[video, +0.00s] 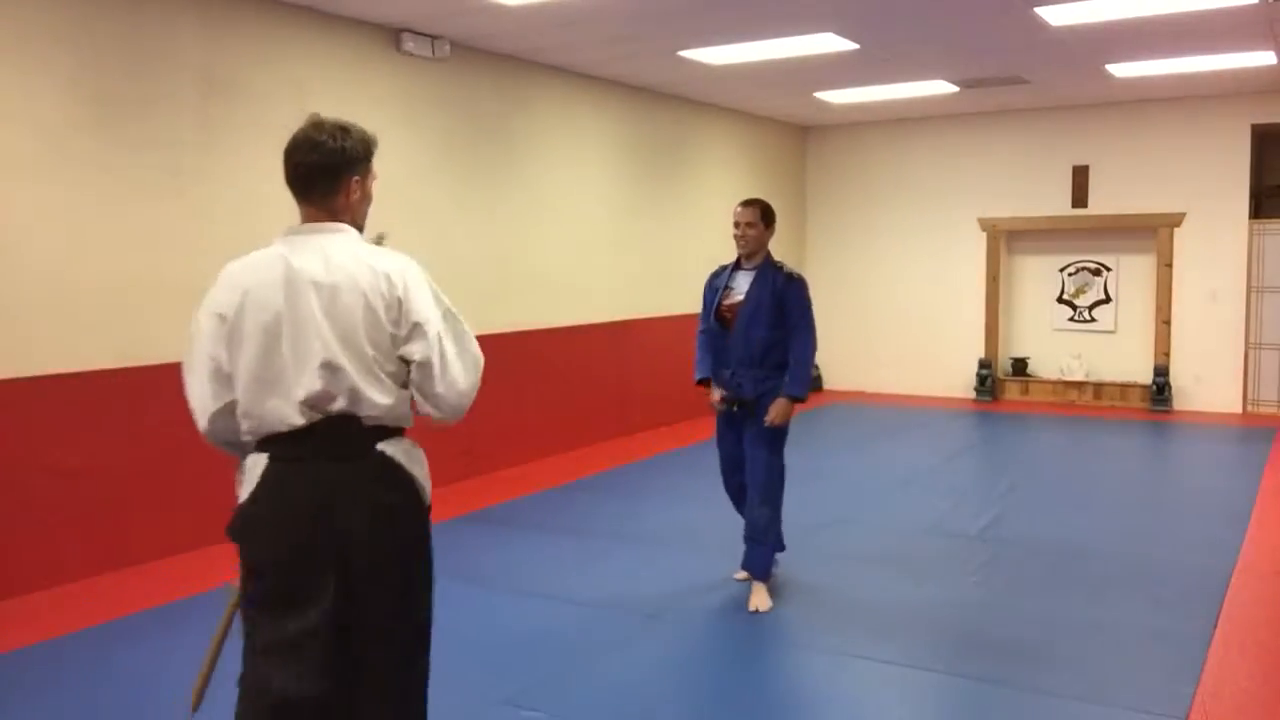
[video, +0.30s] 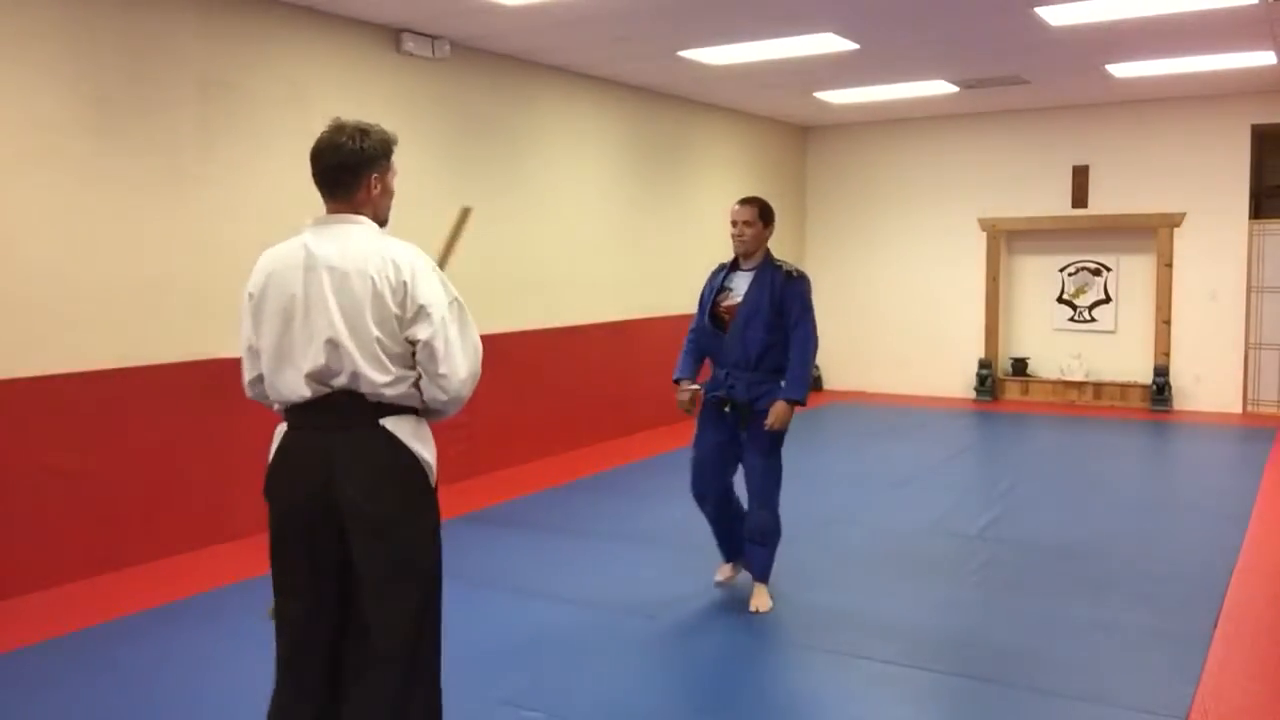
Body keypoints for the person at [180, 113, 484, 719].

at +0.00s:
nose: (370, 192)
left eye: (369, 179)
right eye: (369, 180)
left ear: (296, 185)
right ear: (356, 186)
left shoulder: (239, 280)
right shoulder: (394, 276)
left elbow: (213, 413)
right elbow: (451, 391)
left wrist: (275, 443)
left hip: (280, 499)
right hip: (382, 496)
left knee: (278, 673)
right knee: (388, 671)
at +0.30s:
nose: (393, 187)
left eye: (391, 176)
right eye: (390, 176)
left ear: (326, 184)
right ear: (375, 184)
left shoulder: (271, 267)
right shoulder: (406, 265)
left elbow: (257, 380)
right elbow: (451, 383)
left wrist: (321, 382)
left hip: (296, 465)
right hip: (386, 465)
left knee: (304, 633)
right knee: (395, 633)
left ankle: (302, 719)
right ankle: (393, 717)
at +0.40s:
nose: (394, 190)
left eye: (390, 178)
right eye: (389, 179)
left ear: (327, 190)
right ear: (371, 188)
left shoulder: (275, 271)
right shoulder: (397, 267)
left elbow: (273, 377)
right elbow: (451, 382)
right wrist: (439, 315)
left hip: (300, 460)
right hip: (383, 461)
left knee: (315, 628)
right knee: (394, 628)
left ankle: (321, 719)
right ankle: (392, 718)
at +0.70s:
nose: (389, 192)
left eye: (386, 179)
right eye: (382, 182)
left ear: (329, 194)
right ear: (355, 191)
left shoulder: (285, 264)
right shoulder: (371, 260)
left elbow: (292, 364)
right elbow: (411, 364)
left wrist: (383, 376)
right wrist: (476, 343)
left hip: (307, 429)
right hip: (368, 432)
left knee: (331, 589)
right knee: (401, 583)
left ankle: (344, 709)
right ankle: (408, 708)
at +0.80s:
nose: (390, 190)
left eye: (387, 178)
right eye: (383, 179)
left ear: (335, 193)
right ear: (357, 188)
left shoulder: (290, 262)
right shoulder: (372, 258)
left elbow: (287, 365)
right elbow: (413, 357)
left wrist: (370, 390)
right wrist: (493, 338)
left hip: (308, 433)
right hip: (370, 434)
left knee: (327, 591)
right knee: (420, 584)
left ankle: (340, 710)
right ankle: (413, 706)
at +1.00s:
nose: (402, 194)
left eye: (399, 183)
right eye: (395, 184)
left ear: (348, 194)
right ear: (368, 190)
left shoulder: (299, 264)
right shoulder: (380, 256)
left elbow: (289, 371)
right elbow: (421, 357)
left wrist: (312, 432)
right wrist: (511, 377)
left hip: (316, 433)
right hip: (377, 431)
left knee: (326, 589)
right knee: (402, 584)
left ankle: (329, 709)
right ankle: (414, 706)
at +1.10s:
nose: (411, 197)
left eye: (409, 185)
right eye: (405, 187)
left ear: (355, 196)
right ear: (381, 192)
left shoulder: (307, 264)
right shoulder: (390, 261)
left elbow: (286, 370)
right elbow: (423, 366)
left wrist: (322, 422)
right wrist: (504, 397)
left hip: (325, 426)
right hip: (382, 428)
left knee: (330, 575)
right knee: (398, 571)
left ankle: (322, 704)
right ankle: (403, 700)